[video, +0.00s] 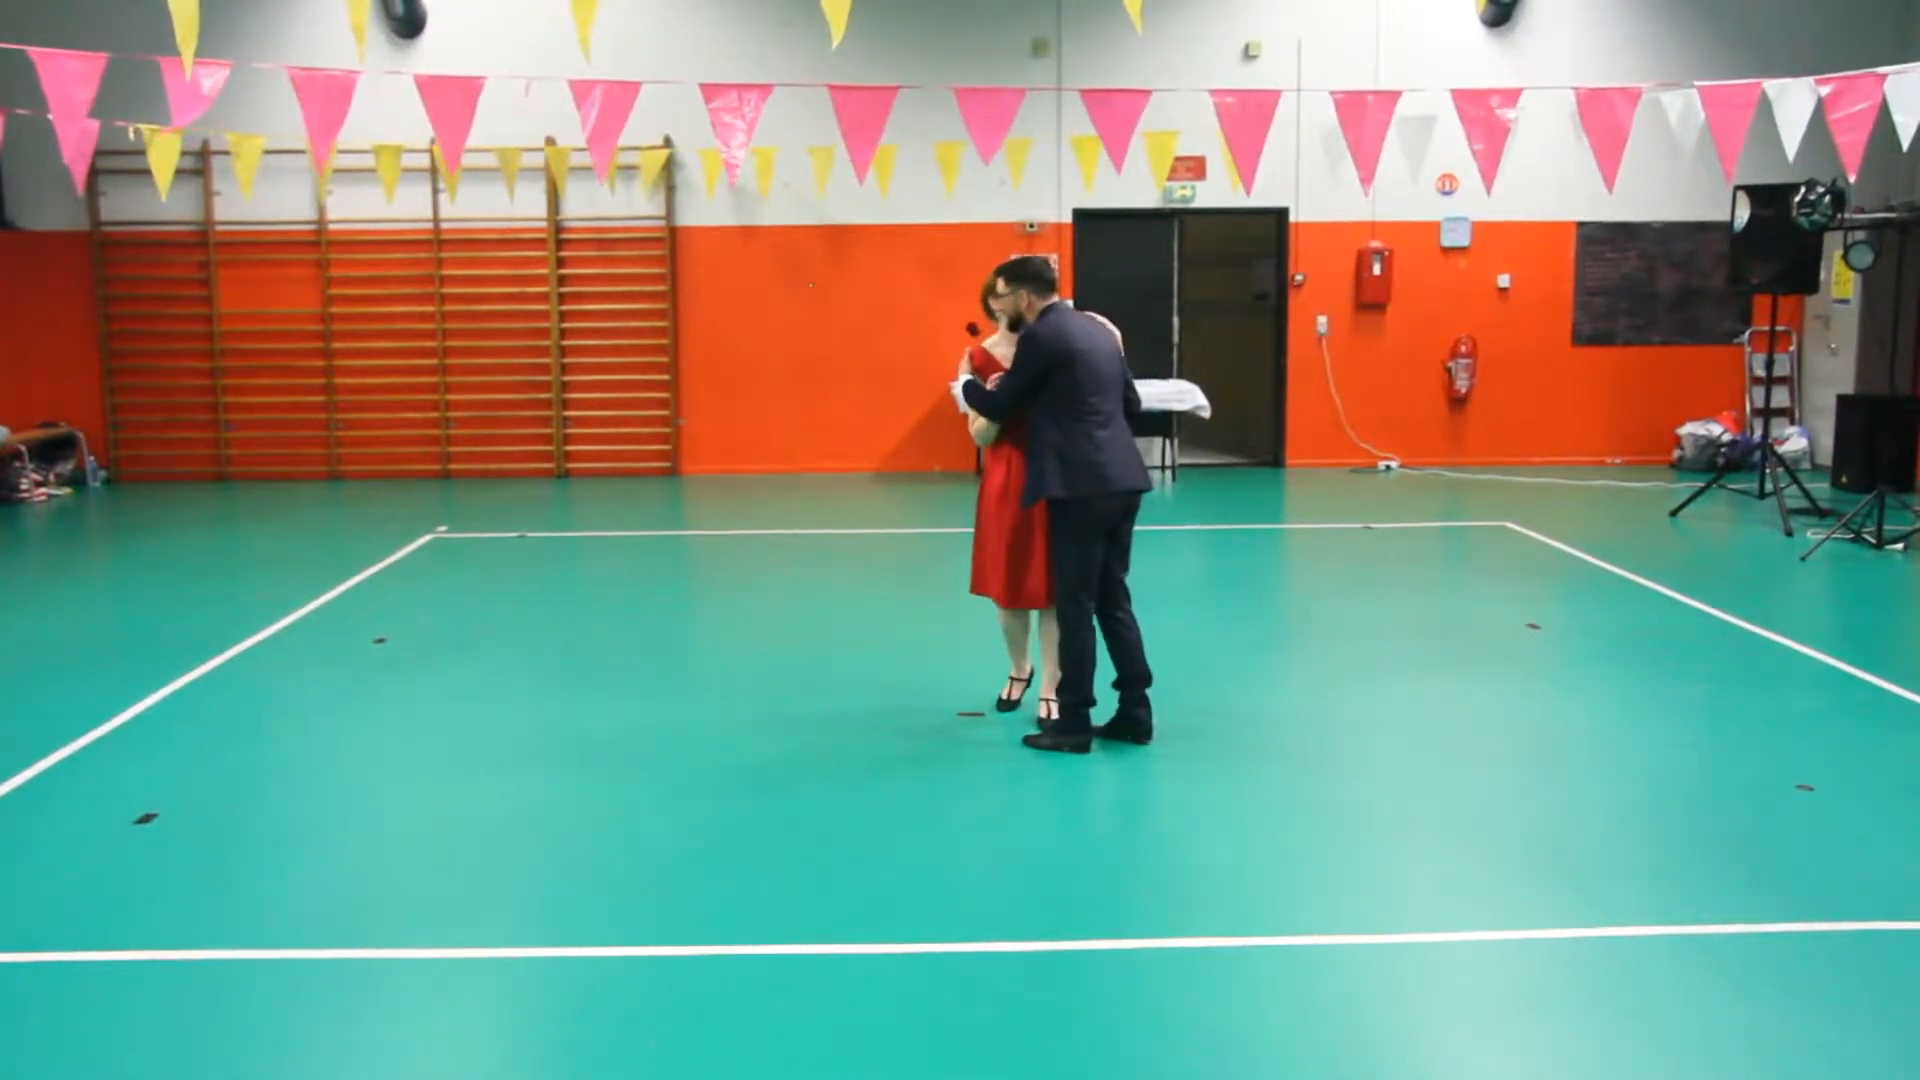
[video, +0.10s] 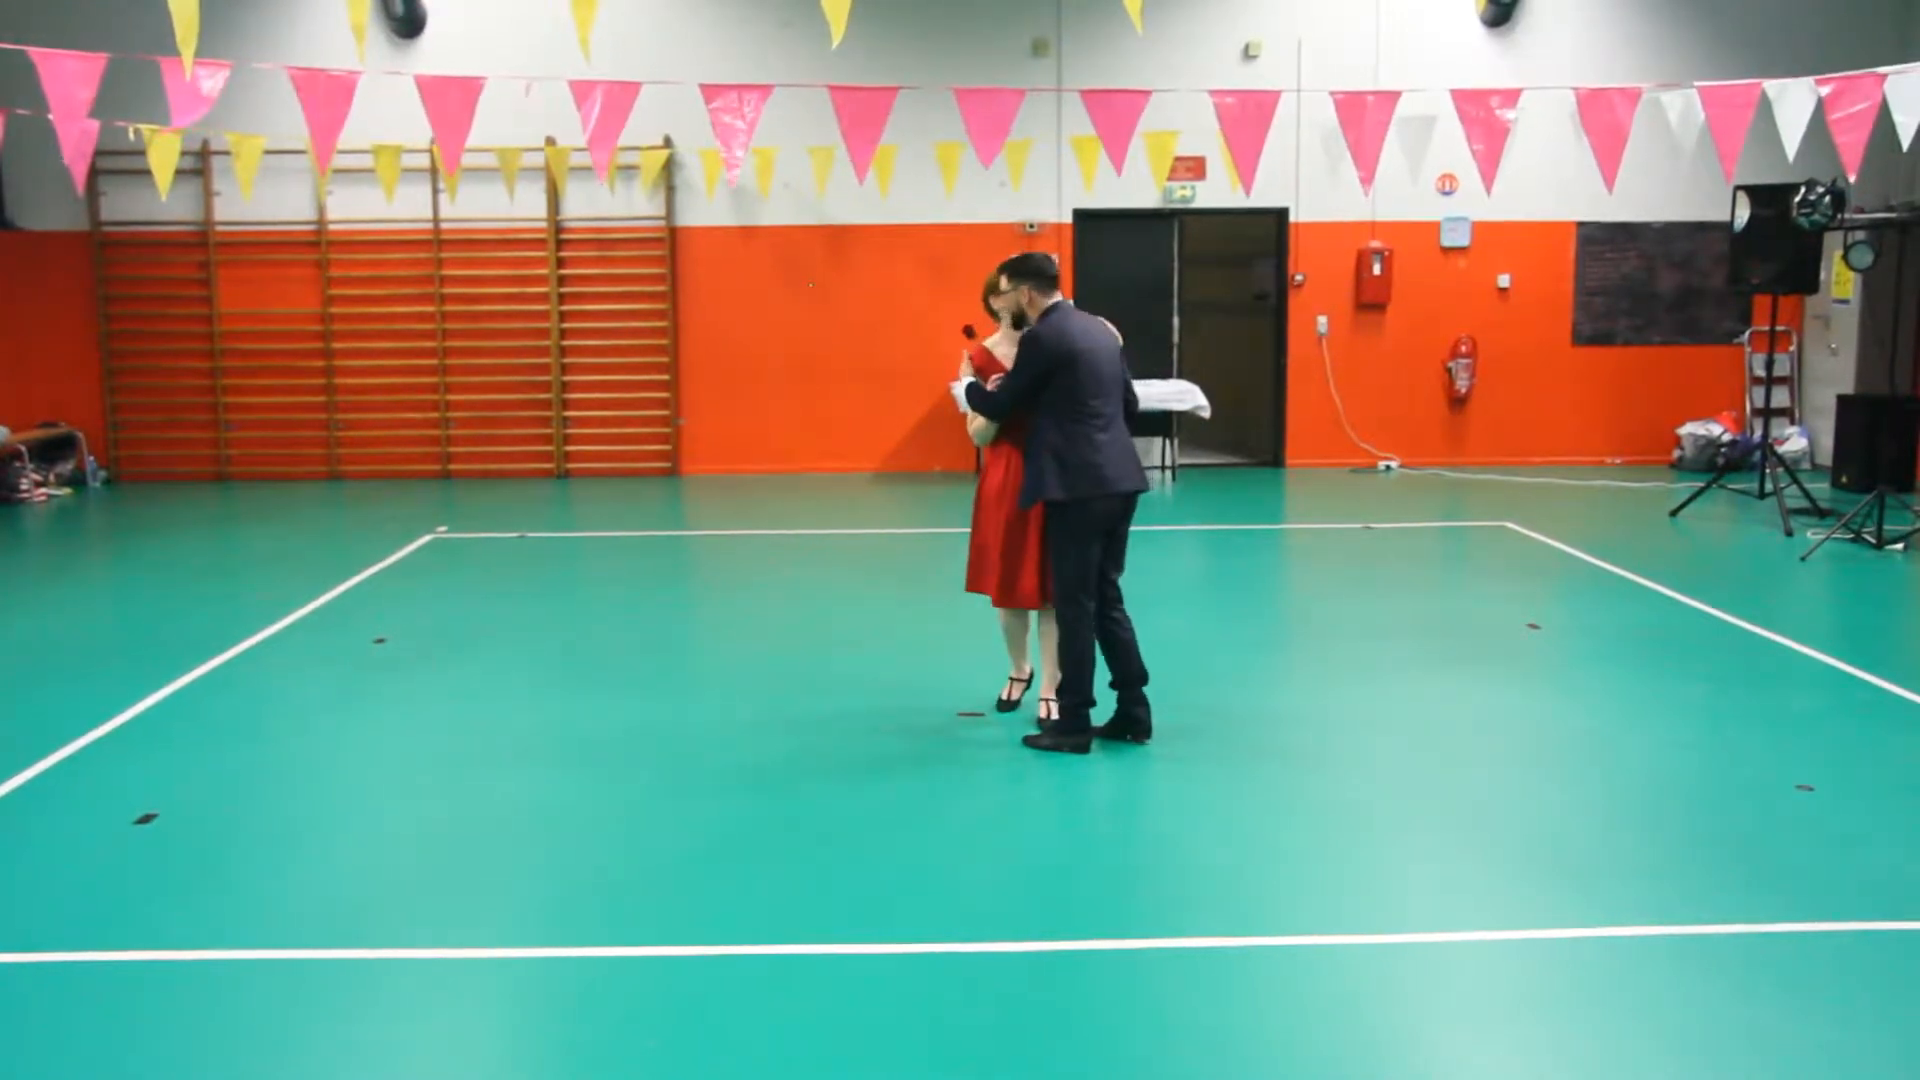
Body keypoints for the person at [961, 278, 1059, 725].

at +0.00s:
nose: (1003, 301)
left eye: (1010, 292)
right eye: (996, 294)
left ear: (1026, 296)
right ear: (988, 301)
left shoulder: (1053, 348)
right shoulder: (980, 355)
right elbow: (981, 432)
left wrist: (1112, 343)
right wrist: (1004, 388)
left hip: (1055, 473)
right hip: (1004, 475)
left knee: (1054, 588)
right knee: (1008, 585)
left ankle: (1051, 687)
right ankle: (1019, 670)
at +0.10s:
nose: (1012, 298)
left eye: (1016, 288)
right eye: (1003, 290)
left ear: (1028, 292)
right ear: (992, 299)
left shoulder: (1056, 346)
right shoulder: (980, 354)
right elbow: (979, 432)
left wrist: (1104, 342)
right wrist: (1005, 387)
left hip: (1055, 472)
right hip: (1004, 473)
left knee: (1053, 586)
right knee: (1007, 581)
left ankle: (1051, 686)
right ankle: (1018, 670)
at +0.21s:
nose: (1024, 297)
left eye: (1025, 288)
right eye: (1013, 290)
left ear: (1033, 294)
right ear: (994, 300)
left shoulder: (1057, 346)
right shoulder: (983, 354)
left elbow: (1075, 408)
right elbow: (979, 428)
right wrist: (1006, 388)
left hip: (1055, 471)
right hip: (1004, 472)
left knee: (1053, 586)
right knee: (1009, 583)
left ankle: (1051, 686)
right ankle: (1019, 669)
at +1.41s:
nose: (964, 298)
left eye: (972, 291)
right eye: (956, 291)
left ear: (988, 299)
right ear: (943, 299)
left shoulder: (1009, 344)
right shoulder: (931, 351)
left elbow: (1059, 394)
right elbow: (914, 420)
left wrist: (1038, 446)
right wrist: (939, 415)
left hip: (993, 473)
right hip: (942, 473)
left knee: (1005, 589)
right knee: (941, 589)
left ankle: (1040, 690)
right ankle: (956, 687)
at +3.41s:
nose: (976, 303)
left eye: (985, 297)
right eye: (968, 295)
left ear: (996, 305)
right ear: (952, 300)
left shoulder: (1012, 345)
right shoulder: (945, 347)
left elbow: (1047, 414)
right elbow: (952, 419)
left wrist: (1078, 478)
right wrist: (929, 408)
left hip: (1022, 464)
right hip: (975, 464)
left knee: (1018, 584)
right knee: (963, 584)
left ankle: (1020, 692)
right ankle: (957, 688)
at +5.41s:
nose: (991, 297)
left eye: (989, 290)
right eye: (985, 291)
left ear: (966, 296)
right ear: (961, 297)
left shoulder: (988, 341)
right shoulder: (921, 349)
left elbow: (1027, 398)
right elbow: (901, 424)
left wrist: (1077, 438)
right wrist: (966, 418)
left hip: (982, 474)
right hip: (935, 478)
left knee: (1001, 584)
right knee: (941, 587)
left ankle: (1016, 686)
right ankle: (951, 682)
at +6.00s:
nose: (1003, 293)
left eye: (1004, 286)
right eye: (995, 286)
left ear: (1001, 292)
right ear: (967, 292)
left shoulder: (1015, 339)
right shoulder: (939, 347)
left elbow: (1039, 407)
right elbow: (922, 421)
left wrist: (1066, 467)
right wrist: (981, 413)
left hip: (1009, 472)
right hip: (956, 474)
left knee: (1014, 584)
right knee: (955, 584)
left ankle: (1016, 687)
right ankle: (951, 683)